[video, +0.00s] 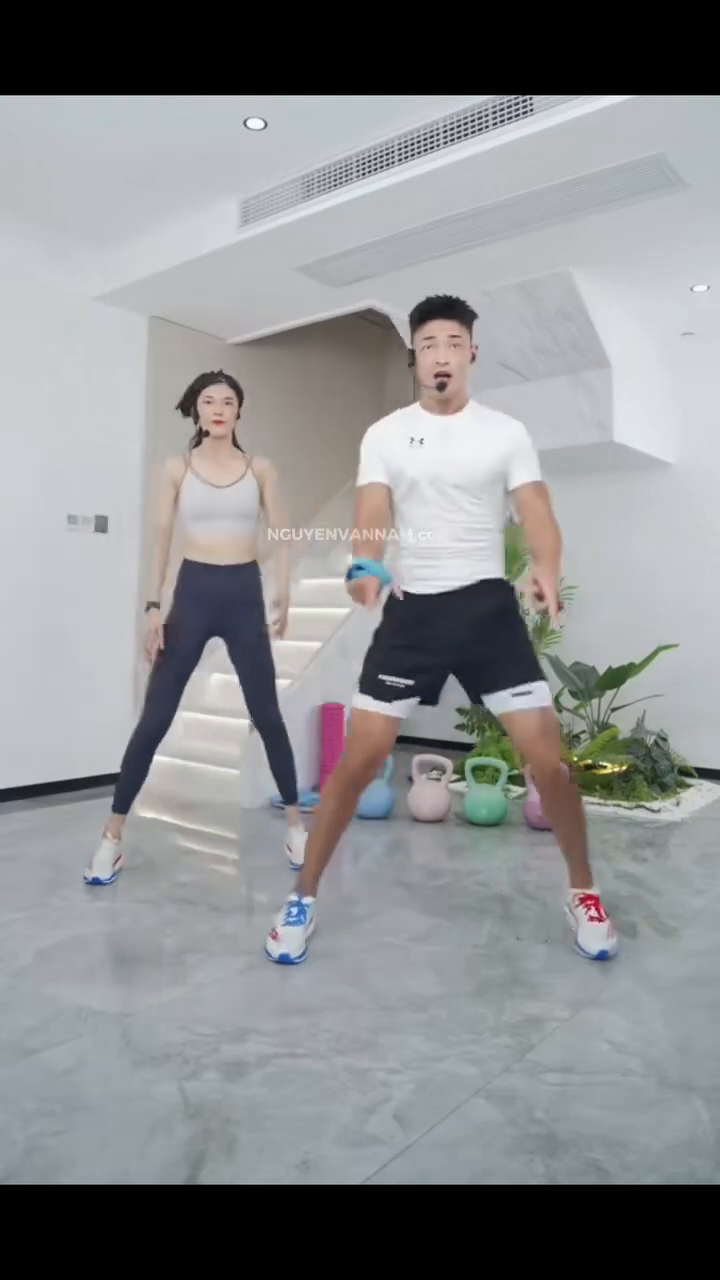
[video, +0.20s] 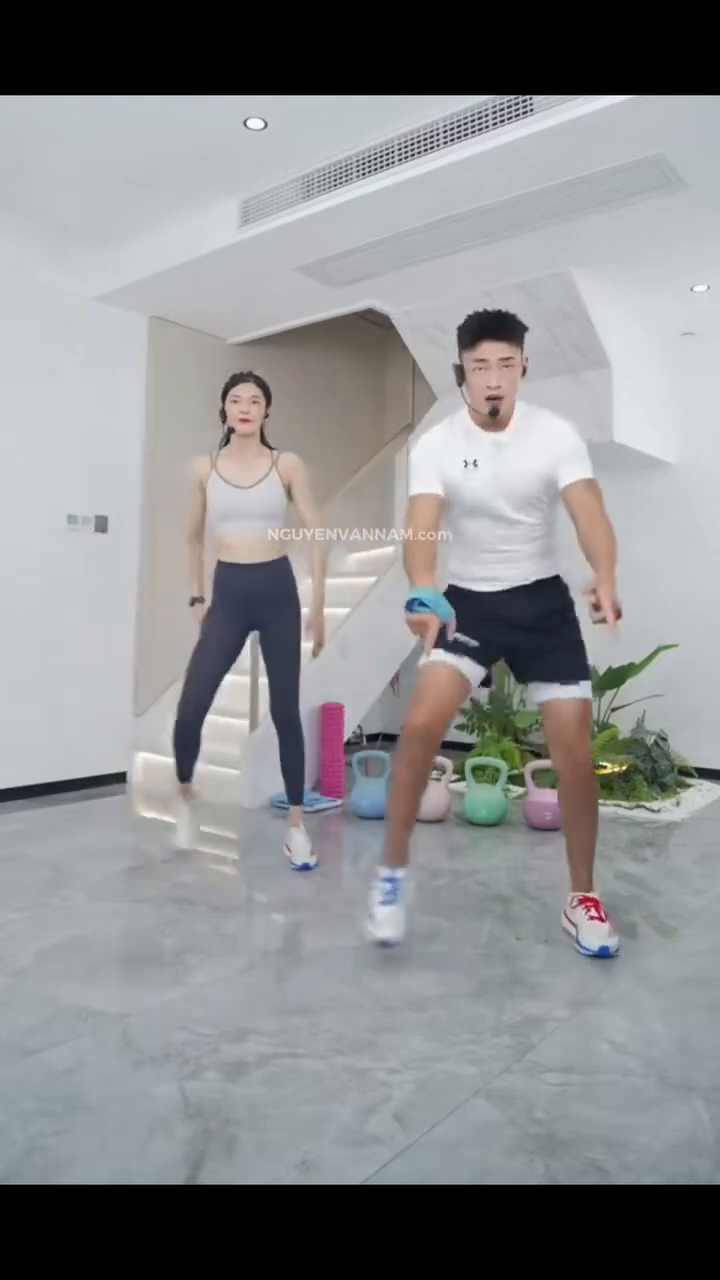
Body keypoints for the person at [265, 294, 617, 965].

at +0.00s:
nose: (440, 357)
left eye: (453, 344)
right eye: (427, 346)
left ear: (473, 355)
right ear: (413, 359)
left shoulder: (505, 433)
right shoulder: (385, 435)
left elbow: (537, 517)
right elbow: (370, 517)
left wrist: (546, 570)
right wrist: (364, 566)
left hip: (489, 612)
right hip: (410, 616)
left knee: (549, 765)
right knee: (359, 760)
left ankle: (583, 892)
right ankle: (301, 900)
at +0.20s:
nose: (493, 380)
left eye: (505, 367)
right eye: (480, 368)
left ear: (523, 370)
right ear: (461, 374)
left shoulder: (555, 436)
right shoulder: (435, 443)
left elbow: (589, 513)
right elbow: (421, 529)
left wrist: (605, 576)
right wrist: (423, 596)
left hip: (543, 606)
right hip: (463, 607)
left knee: (576, 749)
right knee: (421, 724)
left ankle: (583, 898)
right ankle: (392, 874)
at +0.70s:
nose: (481, 332)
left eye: (492, 323)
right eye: (469, 323)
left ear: (510, 341)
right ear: (451, 341)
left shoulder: (537, 421)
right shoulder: (417, 418)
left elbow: (551, 511)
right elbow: (402, 508)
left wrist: (547, 574)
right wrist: (413, 558)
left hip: (512, 602)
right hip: (434, 602)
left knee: (551, 760)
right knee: (375, 744)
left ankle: (582, 897)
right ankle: (340, 896)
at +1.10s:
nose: (375, 335)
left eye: (389, 324)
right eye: (362, 325)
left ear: (410, 338)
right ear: (346, 341)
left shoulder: (446, 424)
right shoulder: (314, 422)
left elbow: (499, 505)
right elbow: (269, 495)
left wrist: (469, 587)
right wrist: (270, 586)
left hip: (417, 603)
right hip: (335, 604)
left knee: (444, 744)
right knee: (306, 752)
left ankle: (416, 849)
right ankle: (291, 915)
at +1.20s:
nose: (364, 336)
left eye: (377, 323)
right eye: (351, 325)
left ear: (400, 336)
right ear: (335, 343)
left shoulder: (444, 418)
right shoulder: (310, 420)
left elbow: (493, 475)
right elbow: (283, 476)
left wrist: (459, 561)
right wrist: (276, 543)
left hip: (406, 606)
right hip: (328, 601)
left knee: (382, 766)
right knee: (299, 758)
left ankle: (361, 879)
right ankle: (287, 914)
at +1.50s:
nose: (387, 335)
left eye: (400, 323)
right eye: (374, 325)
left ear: (420, 337)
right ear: (358, 343)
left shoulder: (460, 419)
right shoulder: (334, 435)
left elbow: (483, 522)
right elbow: (322, 541)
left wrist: (453, 546)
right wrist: (329, 532)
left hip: (446, 604)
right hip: (365, 610)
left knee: (514, 745)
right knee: (323, 761)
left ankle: (484, 864)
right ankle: (294, 917)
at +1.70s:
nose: (448, 337)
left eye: (460, 327)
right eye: (435, 328)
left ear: (479, 341)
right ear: (417, 345)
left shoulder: (514, 419)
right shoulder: (391, 425)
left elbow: (535, 490)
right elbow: (380, 498)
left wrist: (539, 534)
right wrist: (376, 538)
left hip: (504, 604)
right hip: (422, 611)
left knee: (559, 764)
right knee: (371, 766)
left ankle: (596, 911)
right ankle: (308, 915)